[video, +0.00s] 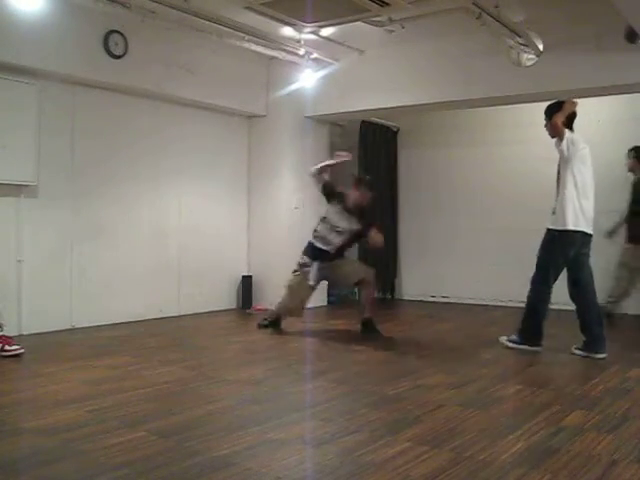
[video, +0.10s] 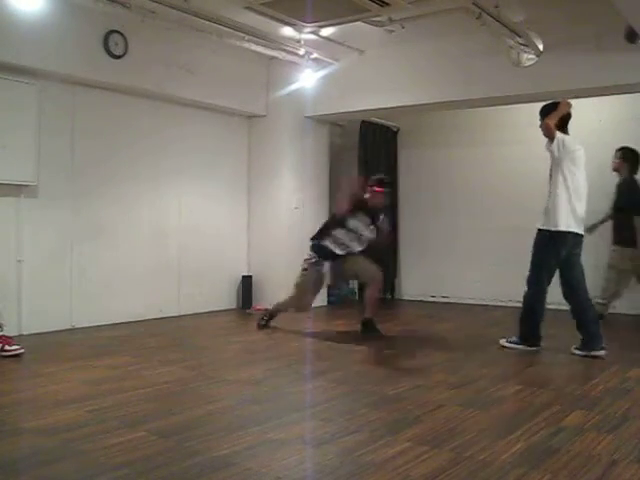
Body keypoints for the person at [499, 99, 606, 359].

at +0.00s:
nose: (546, 129)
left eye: (548, 124)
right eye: (546, 124)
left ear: (559, 121)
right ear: (566, 122)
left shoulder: (571, 144)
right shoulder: (579, 146)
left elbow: (556, 123)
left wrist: (567, 108)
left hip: (564, 228)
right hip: (581, 229)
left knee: (540, 283)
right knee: (583, 290)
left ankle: (529, 336)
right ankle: (595, 344)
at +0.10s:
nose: (542, 129)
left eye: (544, 123)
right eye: (542, 124)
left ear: (554, 122)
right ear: (565, 124)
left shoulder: (564, 146)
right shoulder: (574, 149)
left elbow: (548, 126)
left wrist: (560, 111)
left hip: (554, 227)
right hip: (572, 229)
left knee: (536, 286)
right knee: (575, 290)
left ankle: (528, 337)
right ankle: (592, 342)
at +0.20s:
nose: (538, 127)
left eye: (540, 123)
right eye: (538, 123)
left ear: (548, 123)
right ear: (562, 124)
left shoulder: (559, 145)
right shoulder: (570, 149)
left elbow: (539, 128)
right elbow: (570, 191)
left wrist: (554, 110)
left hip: (546, 227)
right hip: (564, 228)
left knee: (529, 283)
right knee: (562, 284)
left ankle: (527, 339)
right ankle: (587, 337)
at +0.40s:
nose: (530, 128)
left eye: (532, 123)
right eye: (530, 124)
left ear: (540, 123)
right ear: (553, 125)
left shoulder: (551, 147)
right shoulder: (561, 149)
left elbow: (535, 131)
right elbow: (563, 192)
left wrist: (549, 111)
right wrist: (565, 223)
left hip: (539, 226)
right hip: (555, 227)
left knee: (526, 281)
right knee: (545, 279)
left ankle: (528, 338)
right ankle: (572, 322)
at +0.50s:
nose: (529, 130)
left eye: (530, 124)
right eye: (529, 124)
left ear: (540, 122)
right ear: (542, 124)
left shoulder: (551, 148)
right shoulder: (554, 149)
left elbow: (541, 131)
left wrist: (551, 111)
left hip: (541, 227)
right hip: (550, 227)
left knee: (527, 283)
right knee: (539, 281)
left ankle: (528, 339)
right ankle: (568, 320)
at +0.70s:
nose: (536, 133)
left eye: (537, 126)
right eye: (536, 127)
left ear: (547, 124)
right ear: (545, 126)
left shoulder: (561, 152)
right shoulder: (551, 155)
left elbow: (556, 133)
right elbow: (545, 199)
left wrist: (558, 115)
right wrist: (529, 226)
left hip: (549, 227)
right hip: (541, 226)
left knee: (533, 283)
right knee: (540, 282)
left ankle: (528, 339)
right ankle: (576, 324)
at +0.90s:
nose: (543, 134)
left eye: (545, 129)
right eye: (543, 129)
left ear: (558, 129)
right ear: (558, 130)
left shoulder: (574, 150)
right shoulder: (559, 154)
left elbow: (586, 135)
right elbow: (556, 195)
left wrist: (575, 115)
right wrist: (544, 226)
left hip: (567, 229)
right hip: (555, 228)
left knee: (544, 286)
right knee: (561, 285)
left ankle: (529, 339)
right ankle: (587, 335)